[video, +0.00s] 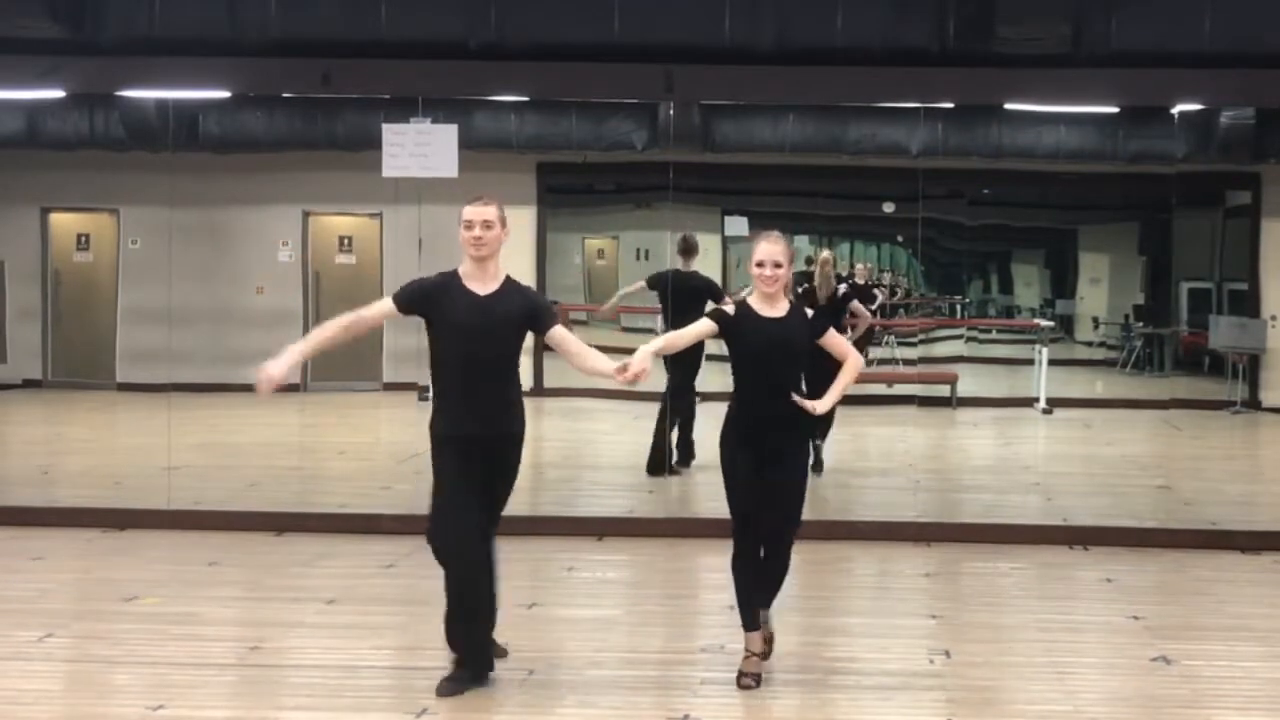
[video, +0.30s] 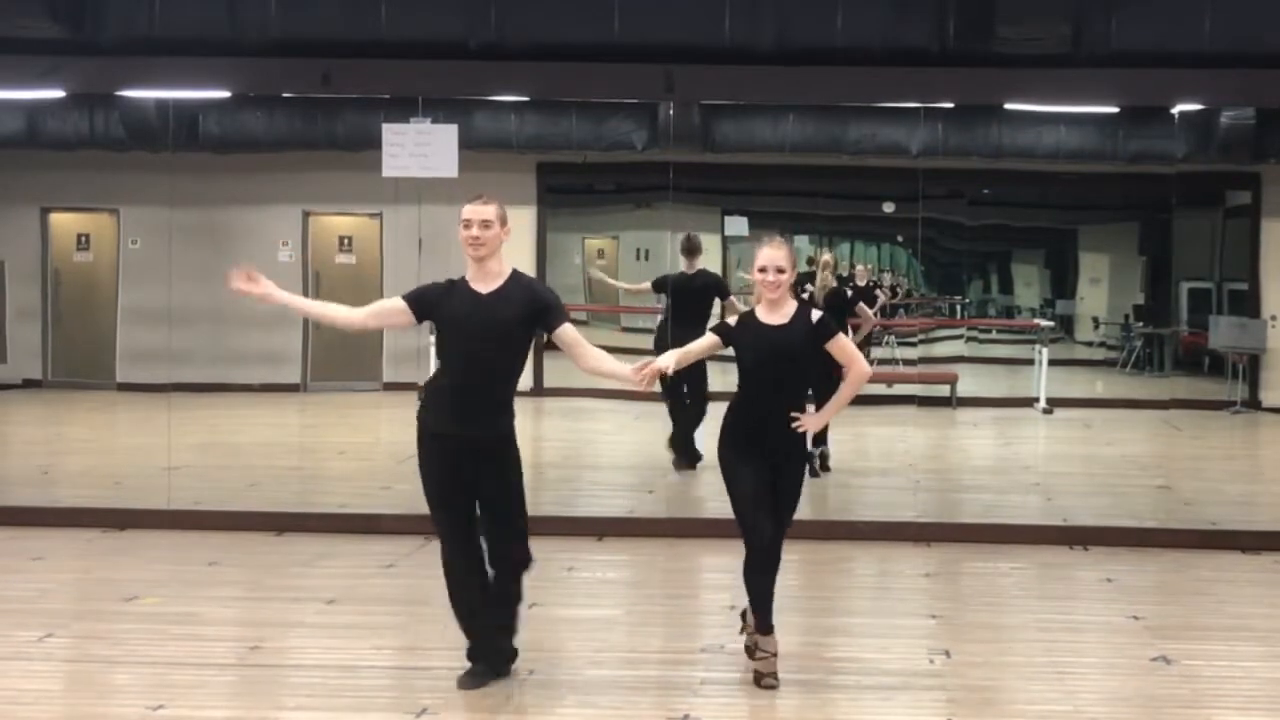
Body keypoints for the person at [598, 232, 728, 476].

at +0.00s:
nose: (688, 256)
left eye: (683, 253)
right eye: (692, 252)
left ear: (677, 253)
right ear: (697, 254)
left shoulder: (664, 278)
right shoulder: (704, 283)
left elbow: (628, 290)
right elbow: (730, 308)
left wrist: (609, 306)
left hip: (669, 345)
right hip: (693, 346)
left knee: (683, 394)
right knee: (678, 394)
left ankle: (685, 450)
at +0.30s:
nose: (690, 256)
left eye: (686, 252)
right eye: (695, 251)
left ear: (681, 253)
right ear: (701, 253)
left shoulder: (670, 281)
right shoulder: (713, 281)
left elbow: (635, 289)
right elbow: (736, 310)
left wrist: (605, 279)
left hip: (668, 351)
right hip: (696, 351)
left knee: (675, 401)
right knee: (699, 401)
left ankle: (688, 455)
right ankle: (678, 440)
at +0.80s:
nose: (697, 258)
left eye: (690, 254)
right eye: (702, 254)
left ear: (685, 254)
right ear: (705, 256)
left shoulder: (673, 274)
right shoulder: (711, 287)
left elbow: (633, 269)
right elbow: (727, 317)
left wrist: (598, 263)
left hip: (685, 351)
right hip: (710, 351)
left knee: (685, 399)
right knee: (704, 400)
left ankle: (688, 448)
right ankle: (698, 450)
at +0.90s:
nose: (700, 257)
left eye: (692, 253)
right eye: (704, 253)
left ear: (686, 254)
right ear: (707, 255)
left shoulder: (674, 271)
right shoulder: (710, 285)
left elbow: (637, 262)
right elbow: (730, 313)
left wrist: (607, 255)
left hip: (684, 349)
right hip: (708, 350)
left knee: (684, 398)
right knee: (704, 399)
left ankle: (683, 447)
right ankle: (697, 448)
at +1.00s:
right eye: (705, 254)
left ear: (687, 254)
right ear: (706, 256)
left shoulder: (676, 271)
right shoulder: (713, 284)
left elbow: (640, 254)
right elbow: (733, 313)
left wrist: (616, 243)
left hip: (681, 351)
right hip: (707, 352)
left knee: (682, 398)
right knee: (703, 399)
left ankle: (677, 446)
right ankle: (696, 449)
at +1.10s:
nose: (697, 256)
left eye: (693, 252)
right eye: (703, 252)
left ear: (688, 253)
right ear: (709, 253)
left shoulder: (679, 275)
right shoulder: (719, 281)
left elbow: (639, 258)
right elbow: (734, 309)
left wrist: (637, 240)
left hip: (678, 345)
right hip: (705, 346)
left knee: (676, 397)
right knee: (699, 398)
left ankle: (676, 447)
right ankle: (695, 448)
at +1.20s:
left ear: (690, 253)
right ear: (711, 253)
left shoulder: (680, 277)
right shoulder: (721, 281)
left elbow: (646, 274)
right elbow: (742, 306)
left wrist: (644, 248)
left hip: (678, 341)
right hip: (704, 343)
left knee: (672, 396)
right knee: (696, 395)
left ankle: (673, 452)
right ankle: (695, 447)